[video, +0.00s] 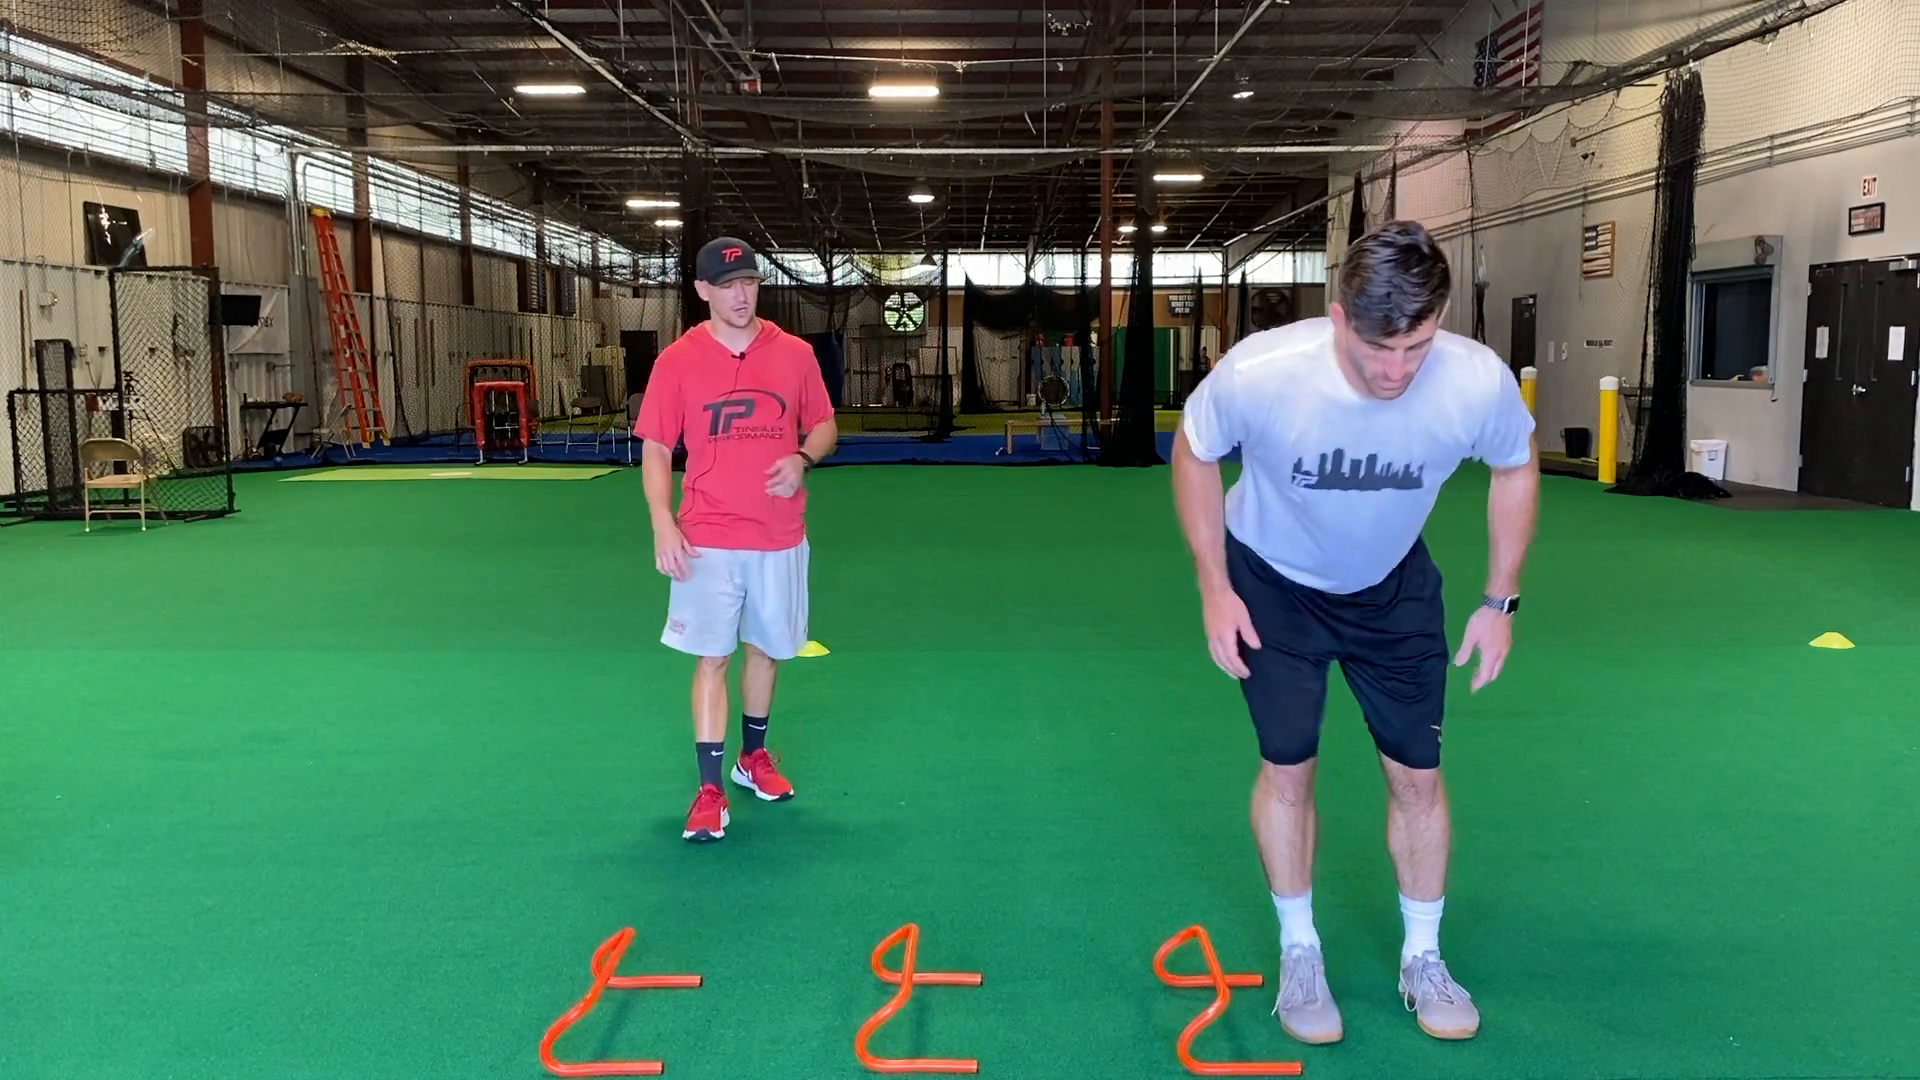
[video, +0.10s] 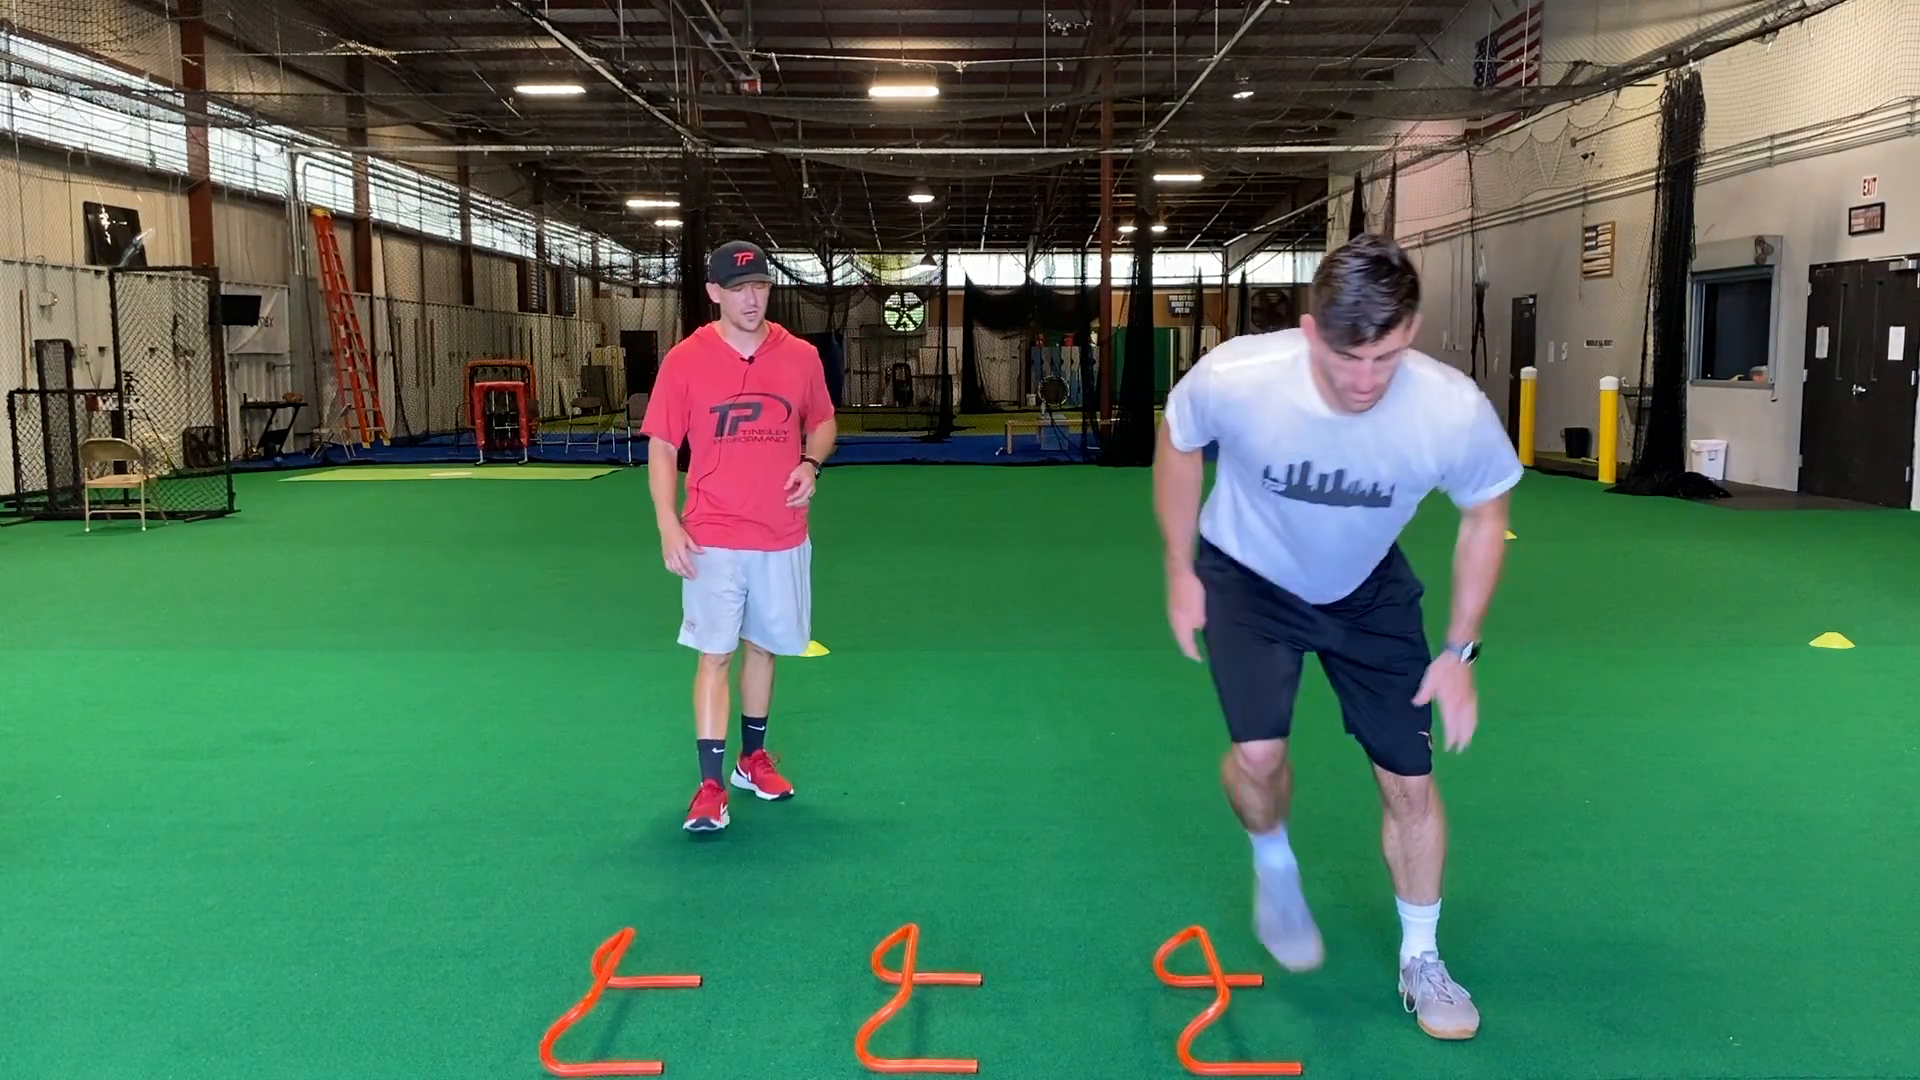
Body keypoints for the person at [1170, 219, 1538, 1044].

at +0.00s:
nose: (1396, 367)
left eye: (1414, 347)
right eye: (1377, 347)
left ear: (1436, 322)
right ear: (1338, 318)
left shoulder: (1476, 381)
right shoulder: (1257, 374)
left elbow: (1517, 467)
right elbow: (1192, 449)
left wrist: (1499, 598)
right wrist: (1214, 586)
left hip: (1394, 581)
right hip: (1275, 580)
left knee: (1418, 769)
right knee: (1288, 763)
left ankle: (1424, 958)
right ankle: (1300, 952)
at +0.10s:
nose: (1367, 377)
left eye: (1386, 357)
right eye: (1349, 357)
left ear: (1410, 334)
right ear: (1309, 329)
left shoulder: (1451, 409)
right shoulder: (1229, 380)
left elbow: (1487, 514)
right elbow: (1177, 440)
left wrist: (1461, 647)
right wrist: (1180, 571)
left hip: (1369, 578)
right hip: (1248, 573)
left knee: (1410, 772)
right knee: (1259, 756)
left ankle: (1421, 957)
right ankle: (1275, 871)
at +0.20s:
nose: (1316, 376)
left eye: (1336, 356)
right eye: (1298, 355)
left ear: (1363, 335)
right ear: (1262, 331)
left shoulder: (1408, 421)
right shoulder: (1197, 388)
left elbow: (1440, 527)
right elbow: (1138, 424)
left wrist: (1387, 628)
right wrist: (1126, 539)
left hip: (1341, 590)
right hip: (1216, 579)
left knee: (1400, 789)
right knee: (1199, 739)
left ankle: (1422, 961)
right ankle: (1190, 814)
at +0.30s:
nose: (1237, 342)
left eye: (1254, 322)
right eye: (1220, 322)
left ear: (1280, 298)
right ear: (1181, 302)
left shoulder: (1334, 371)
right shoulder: (1121, 364)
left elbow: (1390, 441)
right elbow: (1078, 403)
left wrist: (1331, 516)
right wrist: (1082, 521)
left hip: (1293, 582)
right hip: (1163, 572)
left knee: (1360, 764)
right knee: (1116, 735)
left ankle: (1423, 947)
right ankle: (1091, 877)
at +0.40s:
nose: (1149, 313)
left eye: (1165, 293)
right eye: (1130, 295)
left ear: (1193, 275)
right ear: (1099, 279)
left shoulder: (1250, 333)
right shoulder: (1039, 354)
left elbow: (1320, 349)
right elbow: (1010, 423)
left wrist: (1293, 478)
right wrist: (1038, 539)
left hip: (1230, 569)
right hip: (1103, 581)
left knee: (1315, 750)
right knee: (1081, 773)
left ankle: (1343, 857)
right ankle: (1053, 942)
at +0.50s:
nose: (1073, 296)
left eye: (1090, 276)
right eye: (1056, 278)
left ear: (1123, 251)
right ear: (1027, 260)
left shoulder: (1181, 324)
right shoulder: (978, 334)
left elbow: (1262, 347)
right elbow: (948, 408)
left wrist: (1224, 476)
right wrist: (978, 498)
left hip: (1159, 546)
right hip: (1042, 565)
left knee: (1205, 714)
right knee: (1041, 753)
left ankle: (1180, 814)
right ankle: (1048, 935)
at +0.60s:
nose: (1006, 289)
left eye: (1023, 269)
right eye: (989, 271)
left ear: (1062, 249)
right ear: (966, 259)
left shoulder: (1127, 334)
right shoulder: (921, 316)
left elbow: (1199, 411)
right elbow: (897, 368)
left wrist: (1132, 504)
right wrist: (910, 482)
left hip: (1087, 527)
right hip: (971, 527)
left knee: (1101, 737)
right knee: (964, 722)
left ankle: (1087, 920)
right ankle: (1012, 831)